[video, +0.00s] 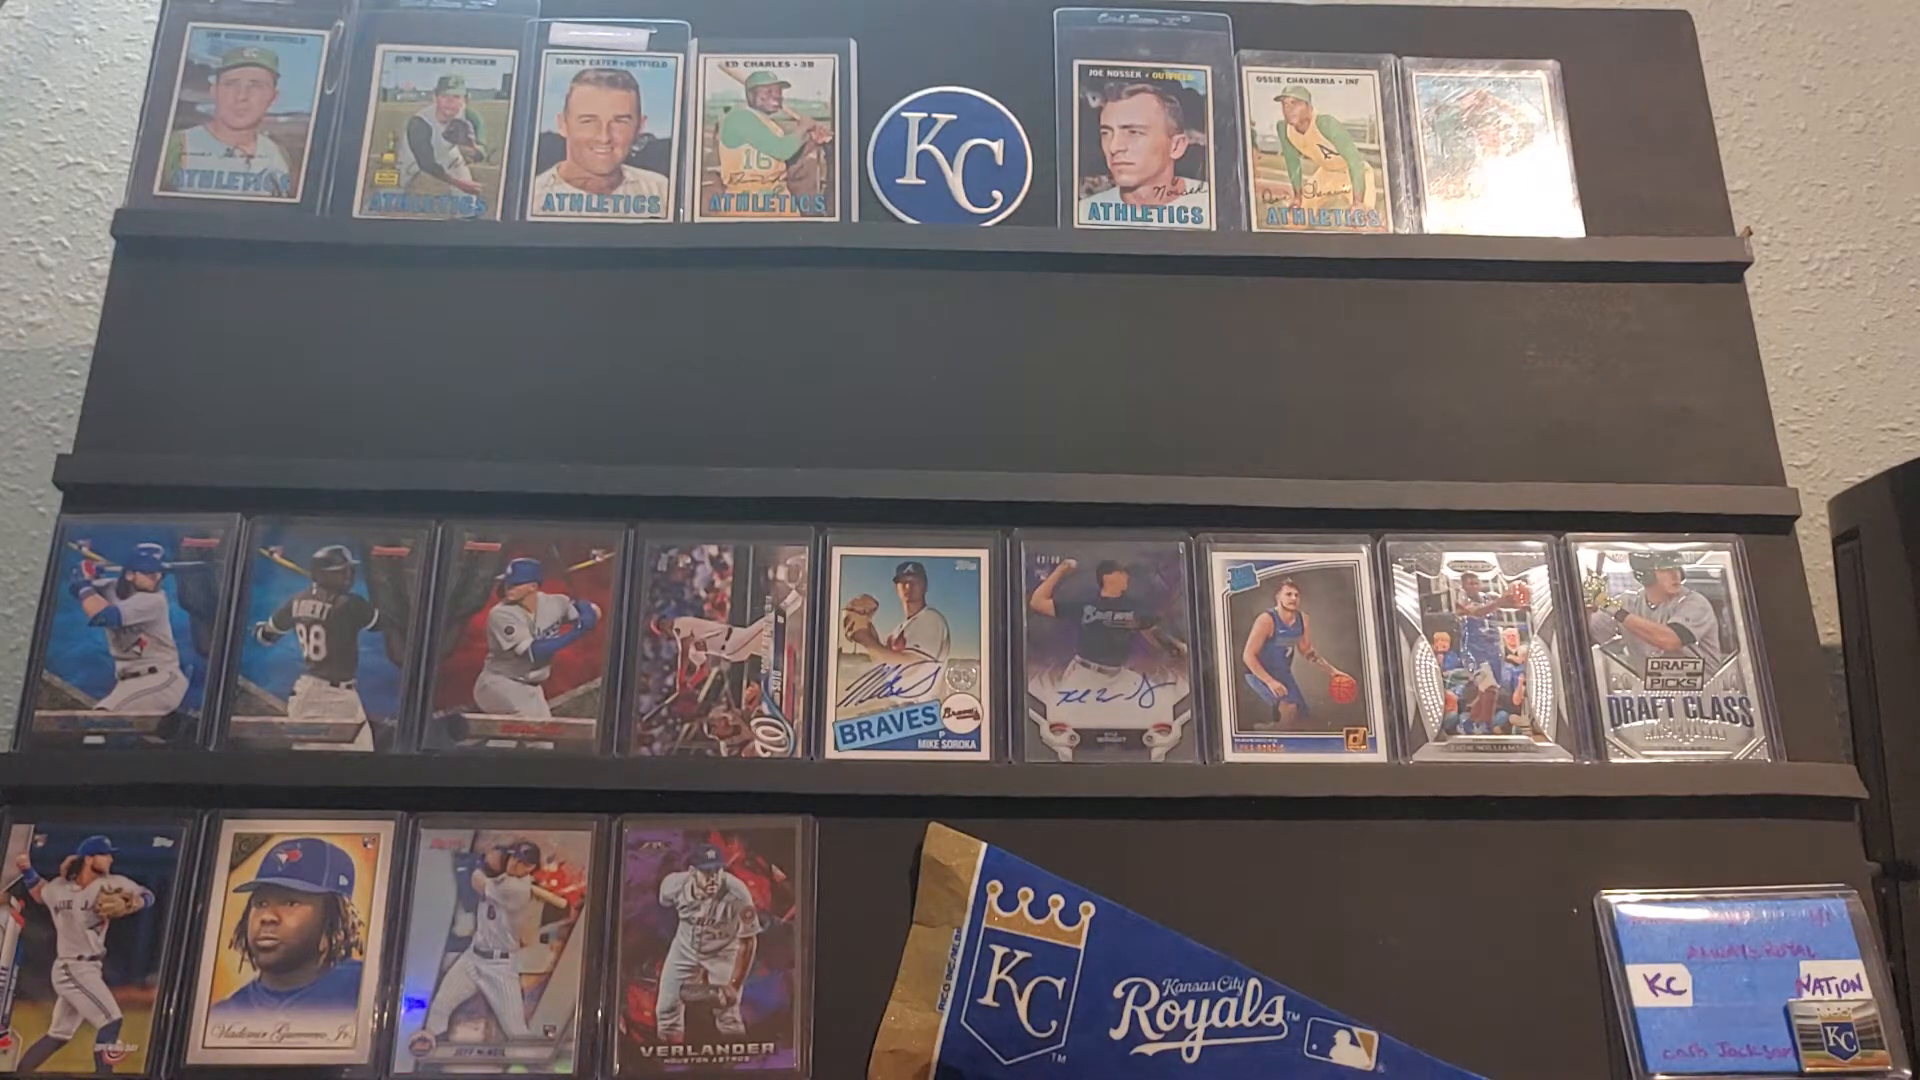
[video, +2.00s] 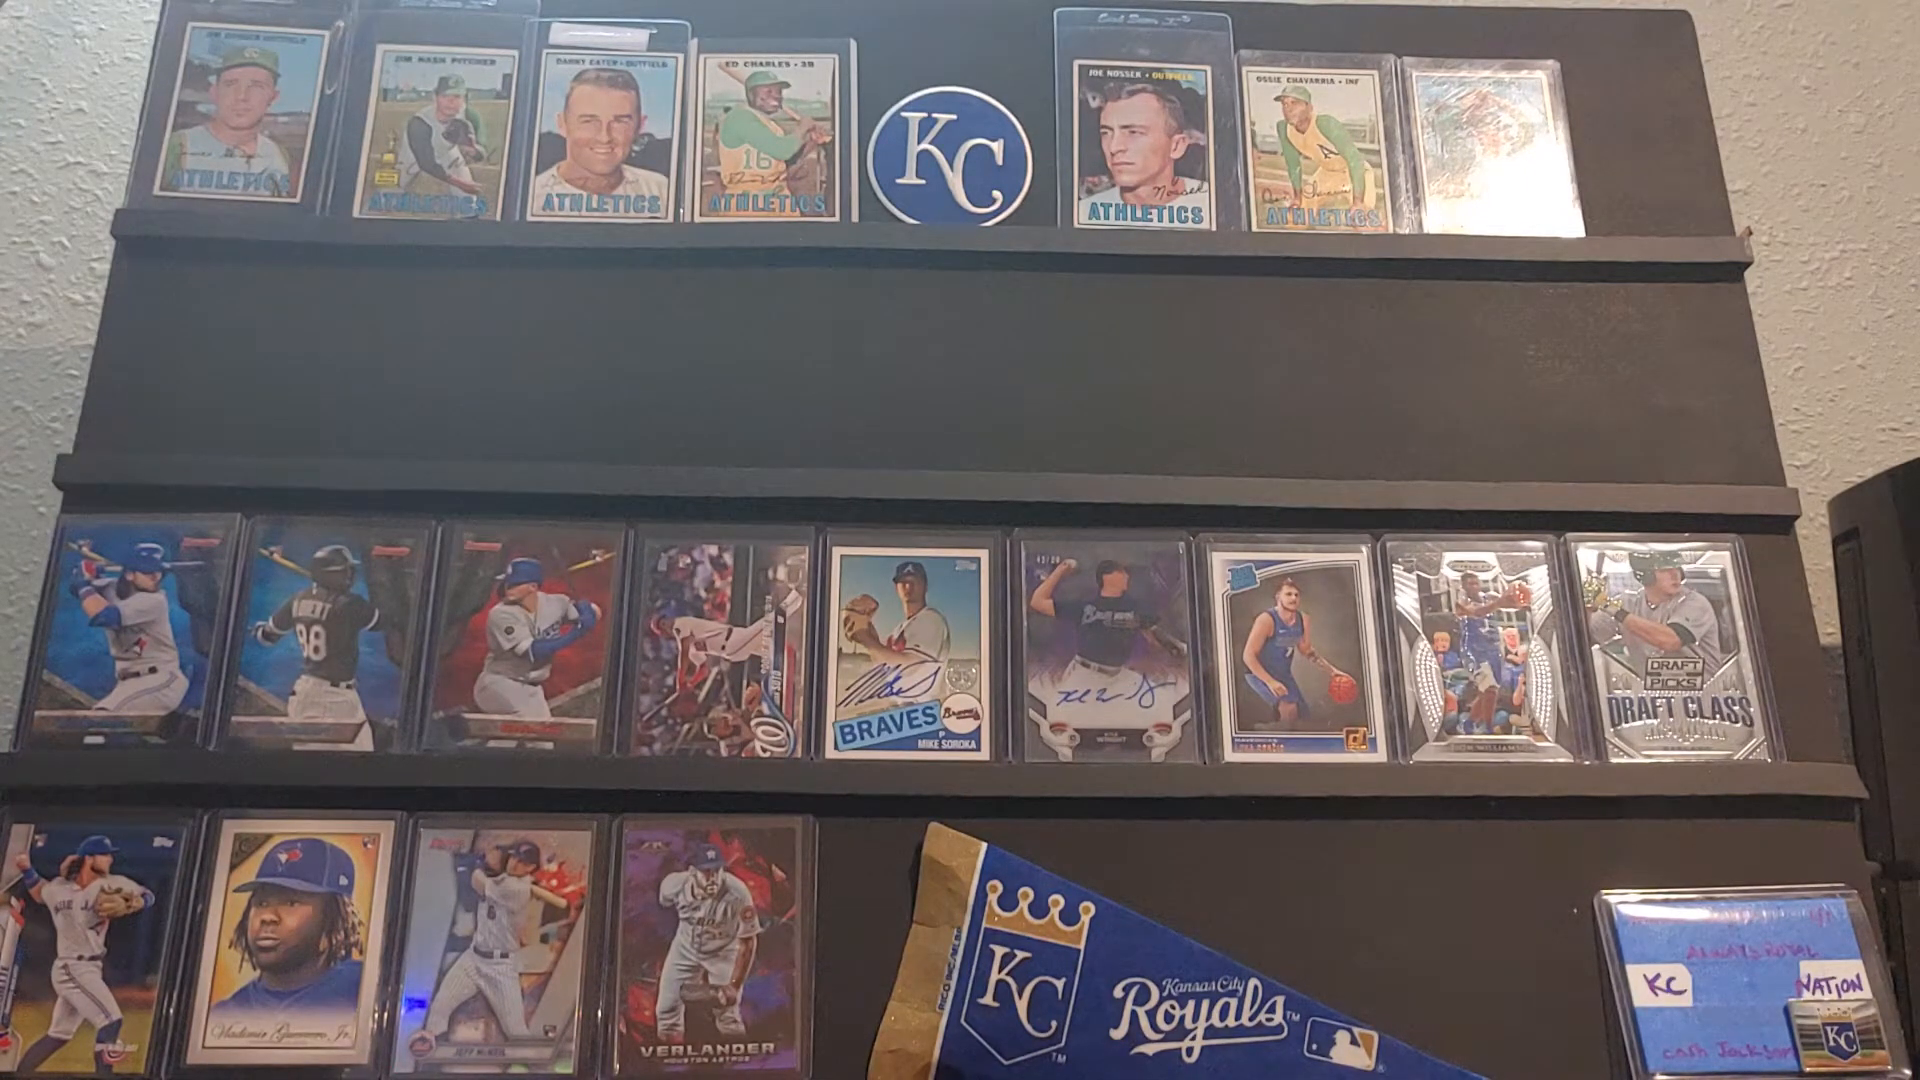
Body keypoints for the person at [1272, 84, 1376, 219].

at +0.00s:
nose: (1288, 110)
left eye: (1294, 103)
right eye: (1284, 105)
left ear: (1308, 107)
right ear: (1281, 108)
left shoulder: (1327, 124)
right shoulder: (1283, 128)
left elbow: (1355, 160)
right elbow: (1293, 163)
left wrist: (1357, 202)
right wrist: (1297, 197)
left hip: (1355, 174)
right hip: (1327, 173)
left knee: (1360, 220)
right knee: (1301, 212)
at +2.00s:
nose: (1288, 109)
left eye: (1294, 103)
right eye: (1284, 104)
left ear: (1308, 106)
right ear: (1281, 107)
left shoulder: (1327, 123)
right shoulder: (1283, 128)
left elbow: (1355, 159)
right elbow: (1293, 164)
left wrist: (1358, 202)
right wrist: (1297, 198)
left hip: (1354, 172)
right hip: (1327, 172)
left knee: (1360, 219)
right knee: (1301, 209)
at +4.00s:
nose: (1288, 109)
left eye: (1294, 103)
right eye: (1285, 104)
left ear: (1309, 107)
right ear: (1281, 107)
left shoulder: (1327, 123)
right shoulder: (1283, 128)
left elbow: (1355, 160)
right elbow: (1293, 163)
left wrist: (1358, 202)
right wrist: (1297, 197)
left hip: (1355, 172)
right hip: (1327, 172)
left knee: (1360, 217)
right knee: (1302, 208)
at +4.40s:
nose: (1288, 109)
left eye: (1293, 103)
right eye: (1284, 104)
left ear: (1308, 107)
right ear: (1282, 108)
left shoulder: (1327, 124)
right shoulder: (1283, 128)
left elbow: (1355, 161)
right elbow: (1293, 163)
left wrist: (1358, 203)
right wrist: (1297, 197)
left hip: (1355, 173)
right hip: (1327, 172)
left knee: (1361, 219)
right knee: (1301, 211)